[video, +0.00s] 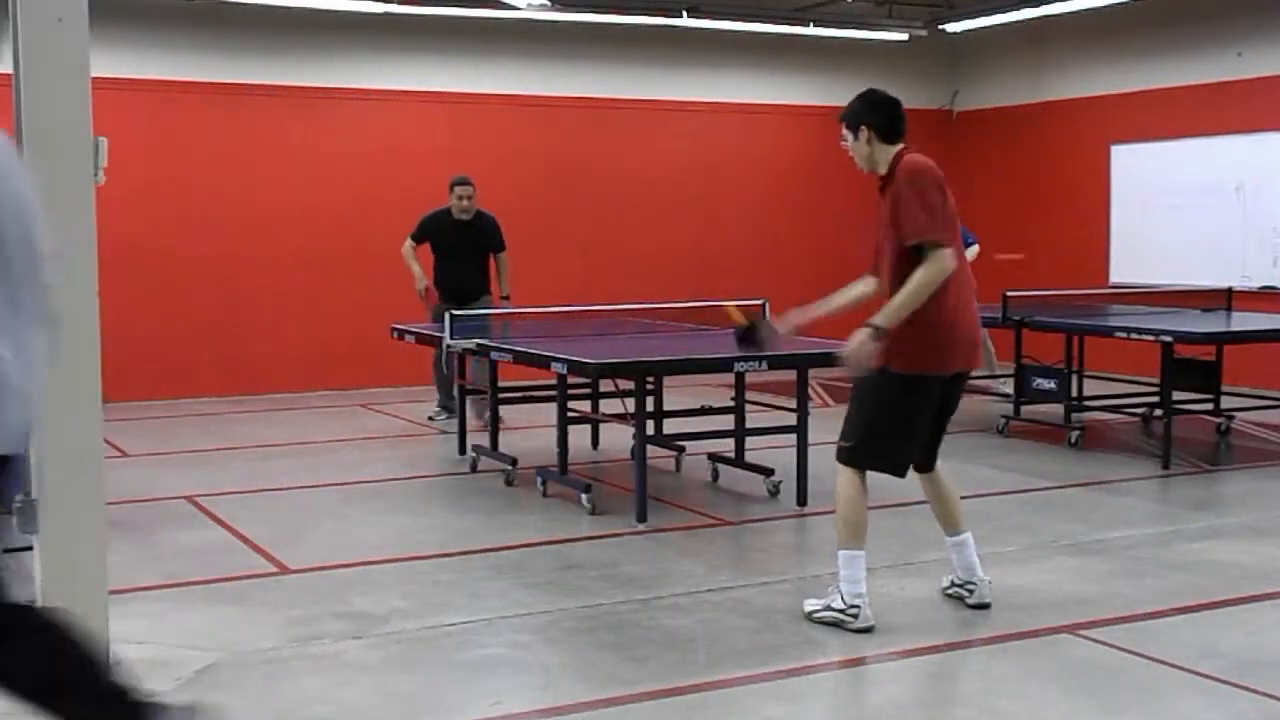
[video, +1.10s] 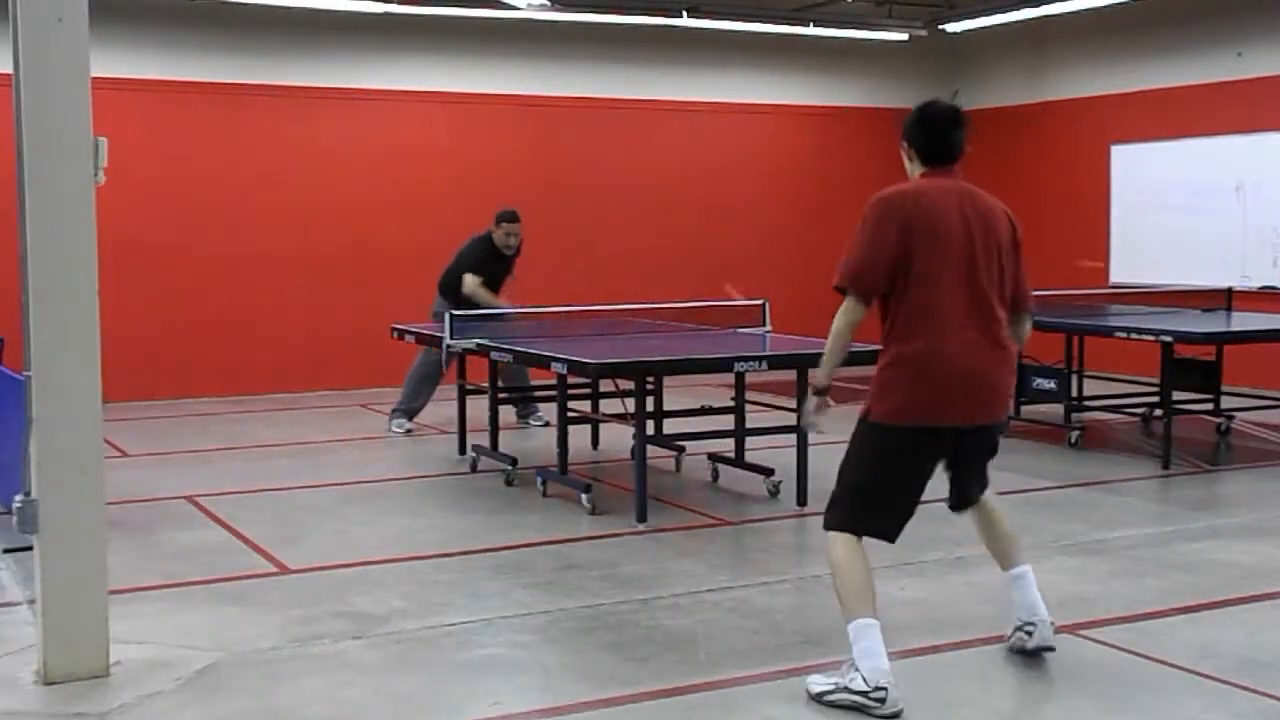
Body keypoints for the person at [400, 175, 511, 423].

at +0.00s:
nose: (465, 204)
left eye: (469, 198)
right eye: (460, 198)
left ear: (476, 198)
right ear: (450, 199)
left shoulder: (487, 223)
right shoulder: (435, 221)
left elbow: (500, 256)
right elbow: (407, 247)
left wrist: (504, 291)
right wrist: (418, 276)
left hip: (479, 302)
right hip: (445, 303)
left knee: (482, 356)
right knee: (443, 355)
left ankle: (483, 405)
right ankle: (446, 404)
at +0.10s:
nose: (469, 197)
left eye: (473, 192)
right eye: (464, 192)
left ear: (479, 194)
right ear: (454, 193)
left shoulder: (491, 220)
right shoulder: (438, 218)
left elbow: (503, 255)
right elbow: (417, 246)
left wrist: (506, 291)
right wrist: (426, 275)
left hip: (483, 299)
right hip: (449, 300)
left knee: (497, 354)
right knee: (447, 355)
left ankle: (510, 406)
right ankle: (447, 405)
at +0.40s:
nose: (491, 206)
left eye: (496, 200)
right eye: (486, 200)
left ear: (501, 201)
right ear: (476, 200)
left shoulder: (510, 225)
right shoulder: (459, 224)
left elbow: (525, 257)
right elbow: (436, 251)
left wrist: (531, 288)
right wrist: (454, 277)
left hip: (500, 303)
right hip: (463, 304)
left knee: (518, 353)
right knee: (452, 352)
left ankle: (532, 406)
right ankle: (448, 403)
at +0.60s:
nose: (510, 226)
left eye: (514, 221)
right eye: (504, 220)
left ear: (519, 221)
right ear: (493, 220)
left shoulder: (520, 241)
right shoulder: (477, 243)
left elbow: (530, 268)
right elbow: (449, 276)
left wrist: (548, 296)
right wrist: (483, 294)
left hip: (502, 313)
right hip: (467, 313)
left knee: (519, 353)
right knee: (459, 354)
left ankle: (527, 408)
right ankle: (446, 402)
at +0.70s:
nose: (521, 233)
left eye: (525, 227)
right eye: (515, 227)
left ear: (529, 226)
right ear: (503, 226)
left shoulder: (527, 242)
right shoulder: (490, 244)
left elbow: (528, 264)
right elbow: (466, 281)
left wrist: (539, 286)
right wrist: (505, 291)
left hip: (500, 308)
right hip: (467, 308)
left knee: (519, 352)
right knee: (460, 354)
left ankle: (527, 408)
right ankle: (444, 401)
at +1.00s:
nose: (521, 247)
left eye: (525, 242)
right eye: (516, 241)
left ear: (530, 239)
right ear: (504, 236)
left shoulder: (524, 251)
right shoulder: (490, 249)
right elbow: (489, 274)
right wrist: (529, 285)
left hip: (497, 308)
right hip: (463, 307)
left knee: (518, 353)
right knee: (450, 354)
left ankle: (528, 410)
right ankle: (405, 408)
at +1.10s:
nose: (512, 241)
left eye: (516, 236)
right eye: (507, 235)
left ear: (521, 234)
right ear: (494, 231)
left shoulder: (513, 250)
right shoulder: (479, 248)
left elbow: (494, 277)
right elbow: (469, 287)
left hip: (484, 309)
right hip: (452, 309)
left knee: (510, 353)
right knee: (436, 355)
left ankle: (528, 410)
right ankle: (401, 414)